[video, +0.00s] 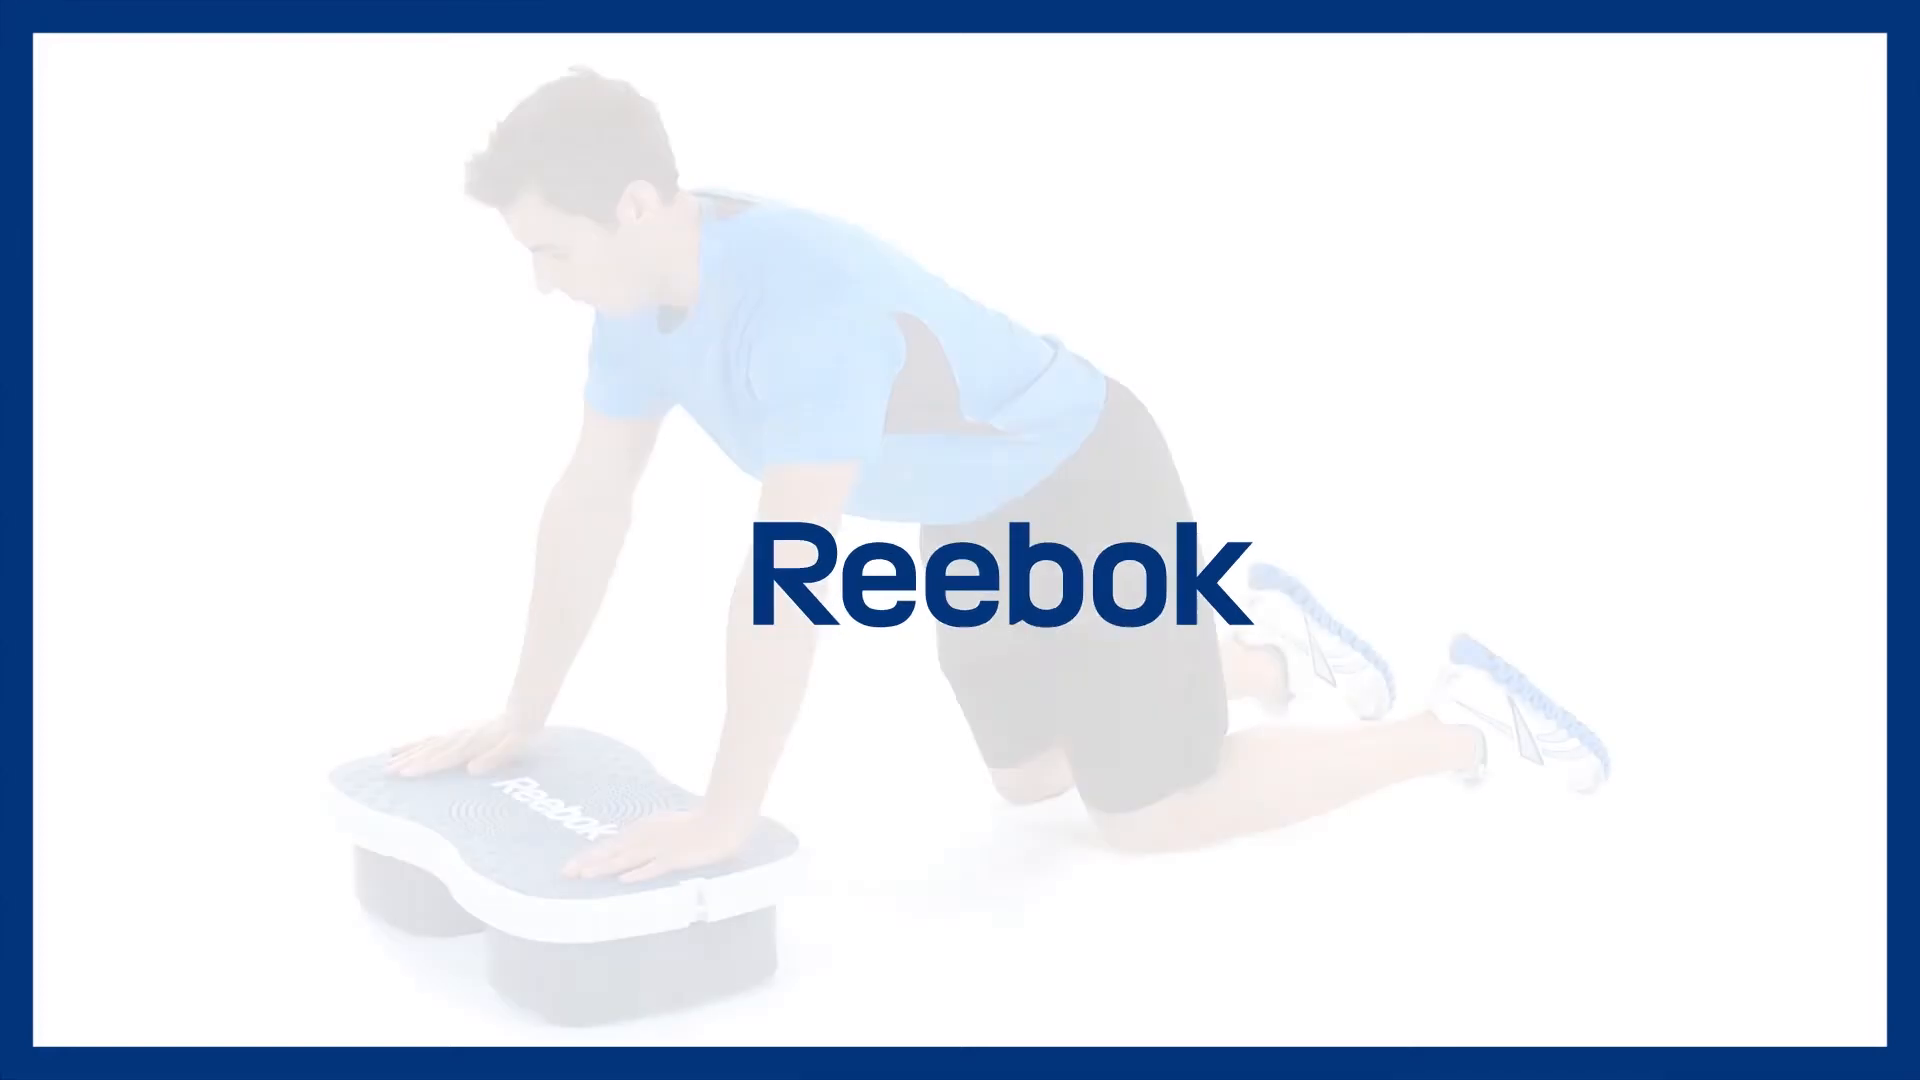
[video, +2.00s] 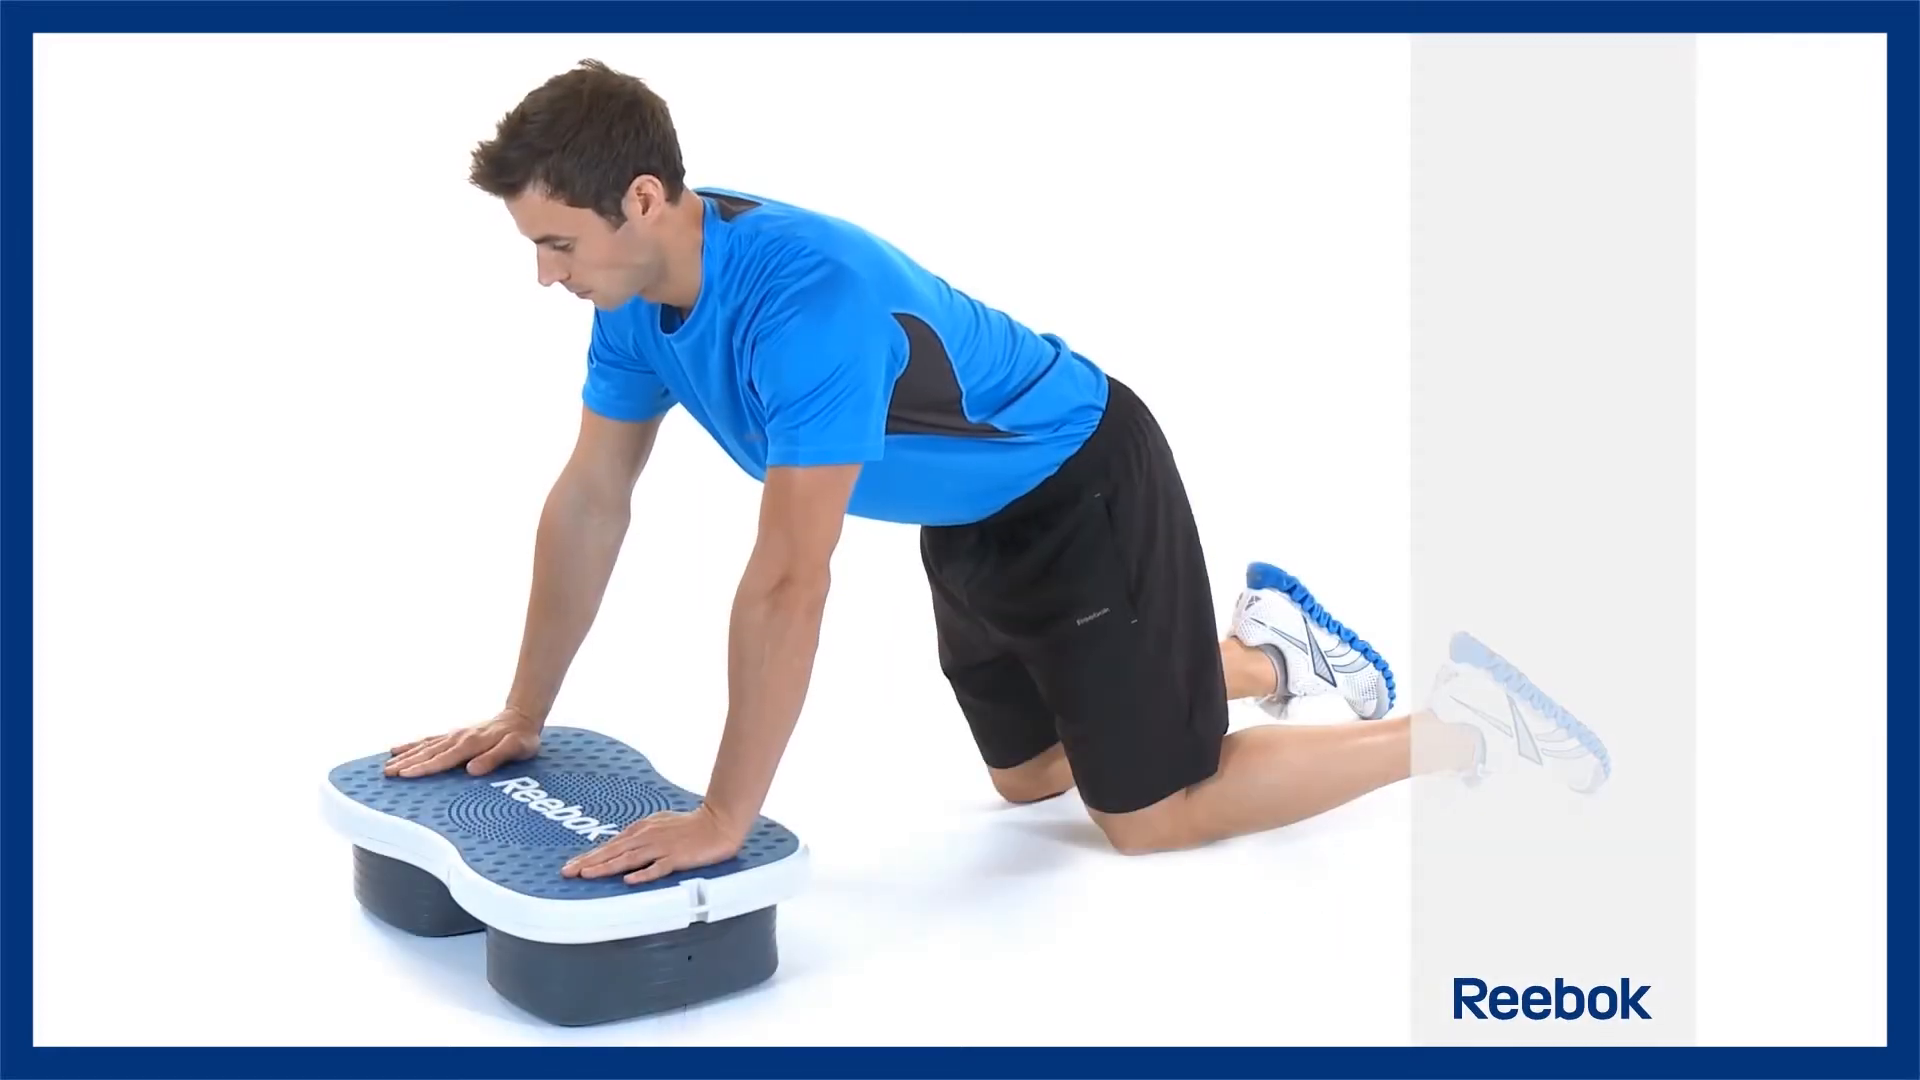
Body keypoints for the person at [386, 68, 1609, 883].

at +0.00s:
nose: (536, 278)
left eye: (545, 247)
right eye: (525, 252)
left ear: (636, 204)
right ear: (612, 214)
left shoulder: (800, 303)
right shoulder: (639, 307)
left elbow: (790, 587)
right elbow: (589, 505)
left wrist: (729, 811)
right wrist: (523, 716)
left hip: (1084, 489)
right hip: (954, 527)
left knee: (1158, 813)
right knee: (1039, 778)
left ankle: (1467, 733)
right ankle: (1277, 666)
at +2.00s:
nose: (542, 271)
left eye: (553, 240)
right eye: (530, 244)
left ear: (645, 201)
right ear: (615, 214)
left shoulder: (807, 304)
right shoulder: (631, 304)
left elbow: (787, 587)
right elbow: (588, 508)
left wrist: (729, 811)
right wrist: (525, 714)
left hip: (1082, 483)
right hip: (962, 521)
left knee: (1155, 810)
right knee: (1040, 775)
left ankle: (1451, 735)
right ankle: (1280, 652)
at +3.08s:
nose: (478, 392)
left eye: (478, 362)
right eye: (459, 370)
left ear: (556, 301)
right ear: (533, 305)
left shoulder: (736, 381)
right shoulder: (588, 372)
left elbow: (848, 623)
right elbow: (577, 535)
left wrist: (731, 816)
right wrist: (519, 720)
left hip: (1044, 502)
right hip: (937, 554)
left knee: (1155, 815)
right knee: (1033, 781)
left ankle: (1470, 748)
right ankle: (1258, 667)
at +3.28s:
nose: (409, 530)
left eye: (409, 503)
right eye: (389, 512)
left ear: (481, 441)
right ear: (464, 434)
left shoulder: (664, 467)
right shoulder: (534, 411)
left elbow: (853, 646)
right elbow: (574, 551)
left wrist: (733, 820)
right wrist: (523, 713)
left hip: (997, 522)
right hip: (899, 567)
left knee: (1154, 809)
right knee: (1032, 771)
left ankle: (1467, 751)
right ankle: (1255, 657)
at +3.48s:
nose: (359, 659)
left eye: (349, 635)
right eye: (336, 644)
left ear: (406, 568)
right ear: (395, 553)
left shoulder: (603, 560)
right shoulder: (472, 486)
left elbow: (846, 649)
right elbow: (545, 593)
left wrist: (733, 822)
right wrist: (522, 716)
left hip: (957, 558)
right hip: (871, 594)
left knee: (1168, 806)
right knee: (1022, 769)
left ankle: (1465, 750)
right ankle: (1260, 659)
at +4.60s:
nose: (390, 518)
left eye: (388, 491)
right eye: (369, 502)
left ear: (455, 430)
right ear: (440, 431)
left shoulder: (634, 462)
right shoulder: (516, 430)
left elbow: (831, 638)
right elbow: (553, 554)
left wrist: (735, 820)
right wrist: (524, 716)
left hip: (978, 539)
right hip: (885, 583)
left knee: (1137, 805)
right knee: (1001, 762)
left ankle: (1466, 745)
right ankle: (1264, 657)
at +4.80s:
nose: (466, 369)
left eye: (466, 339)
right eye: (447, 349)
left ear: (540, 278)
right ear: (515, 287)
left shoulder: (707, 360)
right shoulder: (573, 351)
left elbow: (798, 597)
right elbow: (565, 527)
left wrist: (731, 814)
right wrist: (522, 720)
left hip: (1024, 507)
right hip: (915, 551)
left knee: (1155, 813)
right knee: (1022, 774)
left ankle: (1474, 742)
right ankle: (1266, 665)